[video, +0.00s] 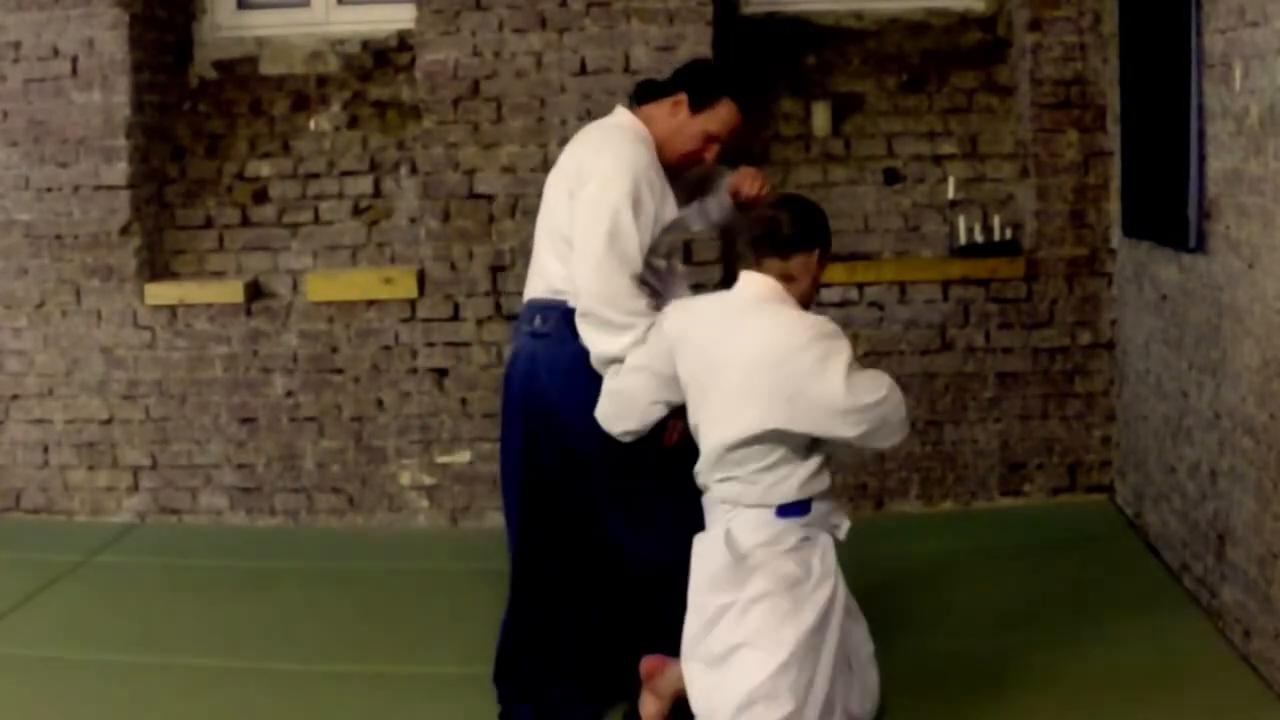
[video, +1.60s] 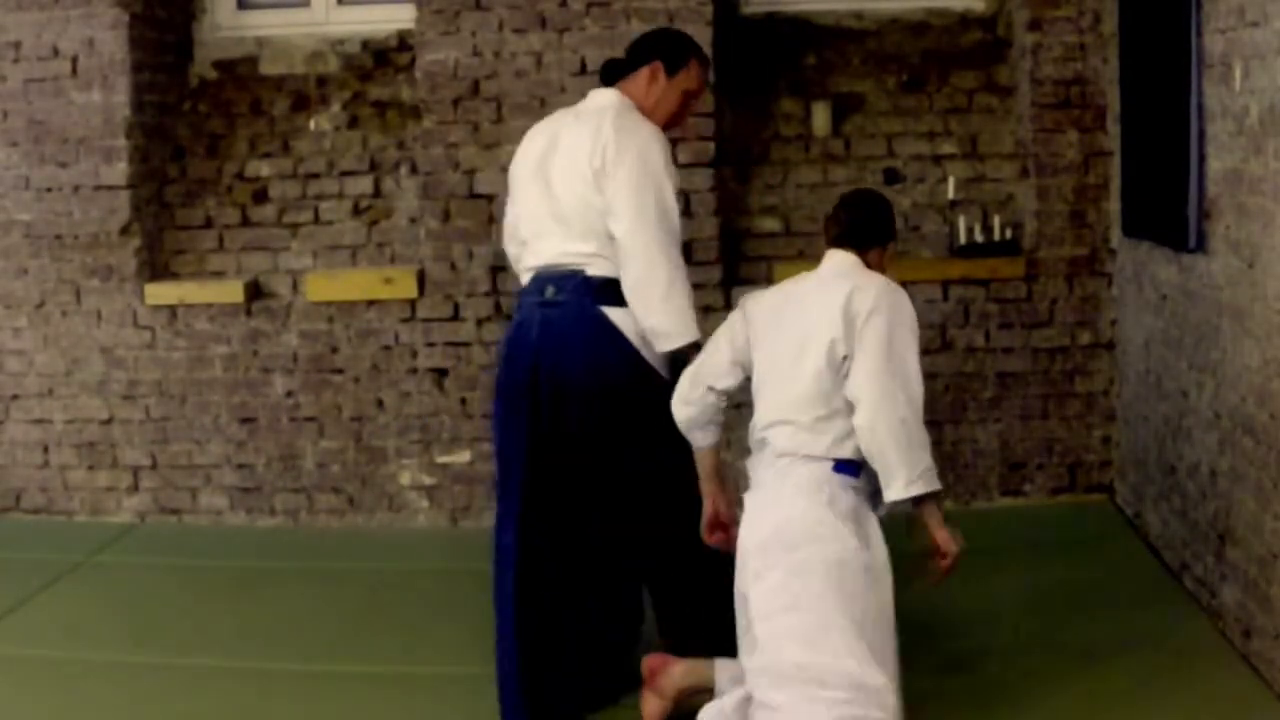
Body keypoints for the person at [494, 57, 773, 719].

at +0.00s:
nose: (708, 158)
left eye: (719, 147)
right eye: (709, 138)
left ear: (670, 107)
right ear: (678, 105)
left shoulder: (612, 145)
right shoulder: (620, 157)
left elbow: (657, 229)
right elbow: (604, 289)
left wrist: (725, 201)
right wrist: (658, 391)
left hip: (558, 352)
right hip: (579, 360)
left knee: (564, 540)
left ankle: (548, 694)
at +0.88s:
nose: (702, 152)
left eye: (711, 139)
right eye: (702, 131)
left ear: (658, 101)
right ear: (667, 101)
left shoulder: (571, 146)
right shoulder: (624, 160)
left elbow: (587, 250)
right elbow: (632, 296)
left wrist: (676, 249)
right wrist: (687, 401)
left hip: (531, 351)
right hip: (588, 355)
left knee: (551, 539)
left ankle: (539, 694)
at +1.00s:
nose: (695, 146)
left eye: (704, 133)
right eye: (695, 126)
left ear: (646, 100)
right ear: (656, 98)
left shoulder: (563, 151)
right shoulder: (620, 161)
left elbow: (550, 275)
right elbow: (635, 300)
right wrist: (687, 401)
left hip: (530, 352)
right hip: (589, 354)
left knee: (552, 540)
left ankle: (542, 695)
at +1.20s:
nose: (677, 131)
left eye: (685, 116)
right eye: (679, 110)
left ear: (626, 87)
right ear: (643, 87)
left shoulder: (522, 143)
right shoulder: (626, 148)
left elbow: (480, 237)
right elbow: (648, 280)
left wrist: (527, 303)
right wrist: (694, 389)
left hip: (523, 338)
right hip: (598, 327)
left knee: (541, 525)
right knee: (676, 497)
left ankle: (540, 694)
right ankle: (640, 594)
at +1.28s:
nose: (675, 132)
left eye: (684, 118)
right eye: (677, 112)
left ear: (622, 86)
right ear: (643, 88)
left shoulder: (517, 141)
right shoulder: (628, 147)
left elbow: (471, 237)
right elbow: (657, 276)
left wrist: (518, 297)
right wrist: (697, 390)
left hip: (519, 336)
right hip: (599, 326)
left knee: (524, 517)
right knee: (658, 494)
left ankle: (540, 679)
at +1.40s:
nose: (678, 133)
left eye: (686, 119)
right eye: (681, 114)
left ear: (628, 86)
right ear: (648, 89)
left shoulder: (518, 139)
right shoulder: (631, 147)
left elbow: (474, 239)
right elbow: (657, 269)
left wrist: (520, 296)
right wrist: (703, 378)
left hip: (518, 336)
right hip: (600, 326)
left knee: (521, 518)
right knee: (648, 498)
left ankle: (538, 681)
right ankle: (607, 666)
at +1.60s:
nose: (686, 116)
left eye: (694, 101)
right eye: (688, 96)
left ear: (634, 76)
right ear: (654, 76)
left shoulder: (538, 135)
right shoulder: (632, 132)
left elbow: (516, 241)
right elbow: (649, 253)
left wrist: (562, 302)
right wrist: (692, 360)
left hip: (530, 332)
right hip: (606, 327)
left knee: (540, 516)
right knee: (658, 502)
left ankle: (545, 685)